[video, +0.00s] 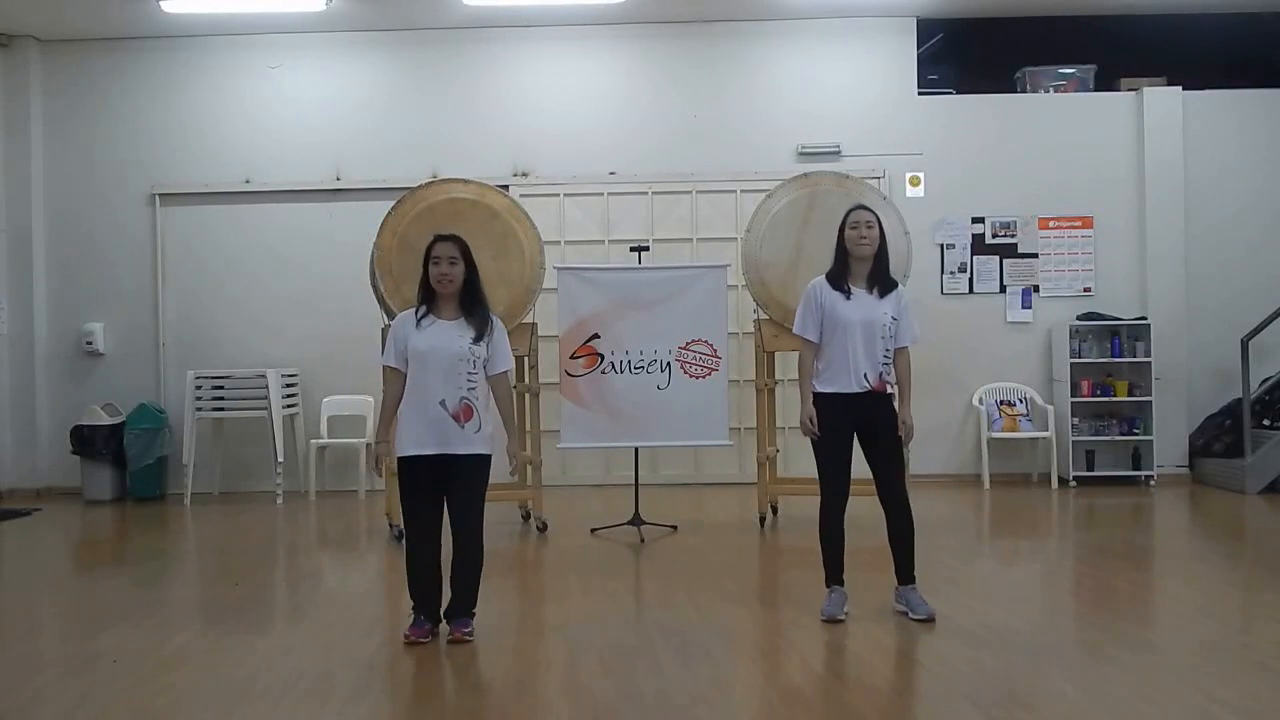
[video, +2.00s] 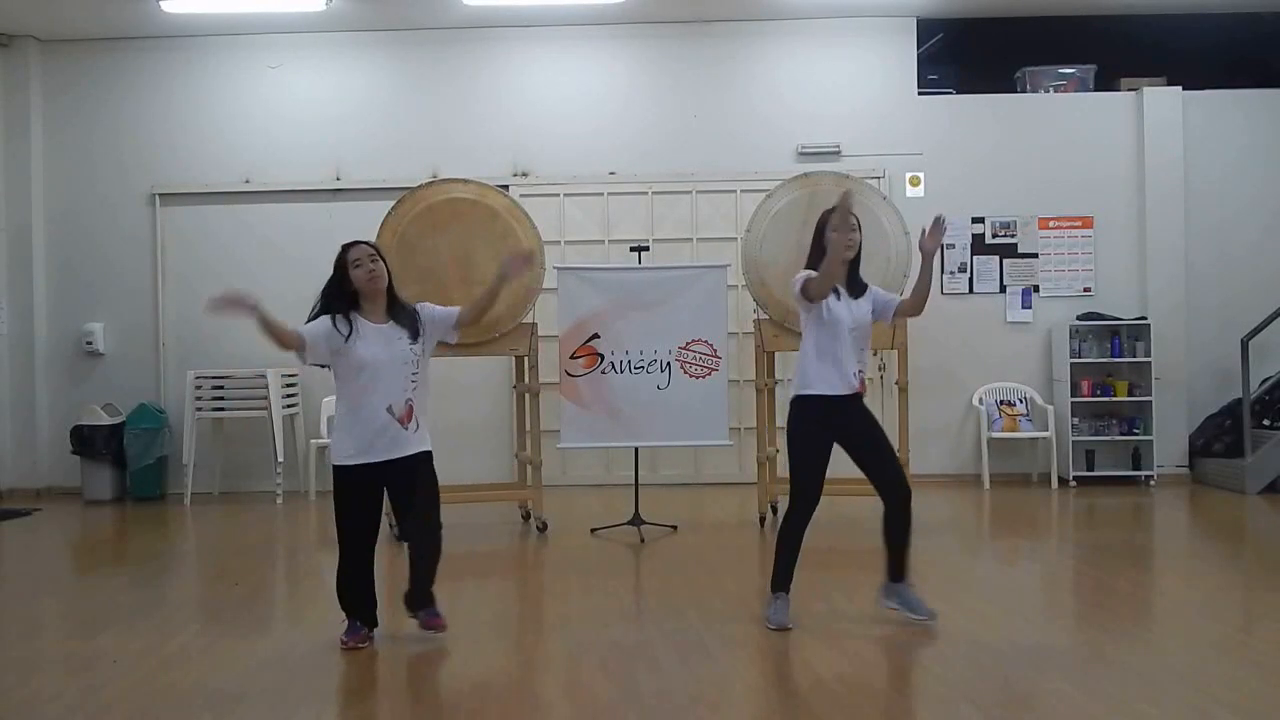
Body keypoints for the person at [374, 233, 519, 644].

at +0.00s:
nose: (443, 269)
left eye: (453, 262)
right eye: (436, 262)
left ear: (467, 270)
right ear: (426, 270)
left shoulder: (487, 326)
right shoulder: (404, 324)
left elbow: (501, 386)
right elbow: (393, 385)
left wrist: (514, 439)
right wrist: (381, 437)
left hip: (471, 449)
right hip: (416, 449)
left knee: (467, 535)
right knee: (421, 537)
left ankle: (461, 615)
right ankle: (424, 615)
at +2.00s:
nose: (370, 266)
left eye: (375, 259)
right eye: (358, 264)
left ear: (387, 269)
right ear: (347, 281)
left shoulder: (416, 318)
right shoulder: (337, 327)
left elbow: (467, 318)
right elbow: (291, 339)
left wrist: (501, 279)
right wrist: (258, 313)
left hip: (411, 449)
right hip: (355, 454)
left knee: (426, 531)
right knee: (356, 544)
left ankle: (422, 600)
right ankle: (359, 620)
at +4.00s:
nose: (392, 259)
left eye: (397, 252)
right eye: (382, 256)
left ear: (410, 264)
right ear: (371, 271)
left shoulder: (434, 310)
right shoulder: (365, 318)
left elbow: (469, 274)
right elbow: (348, 287)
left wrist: (461, 222)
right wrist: (360, 234)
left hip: (437, 438)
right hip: (382, 445)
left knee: (462, 526)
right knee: (375, 537)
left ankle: (481, 608)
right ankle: (366, 622)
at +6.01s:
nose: (400, 262)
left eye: (402, 256)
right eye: (389, 258)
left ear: (412, 266)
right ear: (373, 275)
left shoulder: (434, 310)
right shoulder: (366, 320)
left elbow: (469, 281)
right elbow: (377, 293)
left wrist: (449, 236)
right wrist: (402, 248)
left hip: (437, 440)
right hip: (385, 446)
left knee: (458, 527)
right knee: (378, 536)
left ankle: (484, 610)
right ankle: (364, 619)